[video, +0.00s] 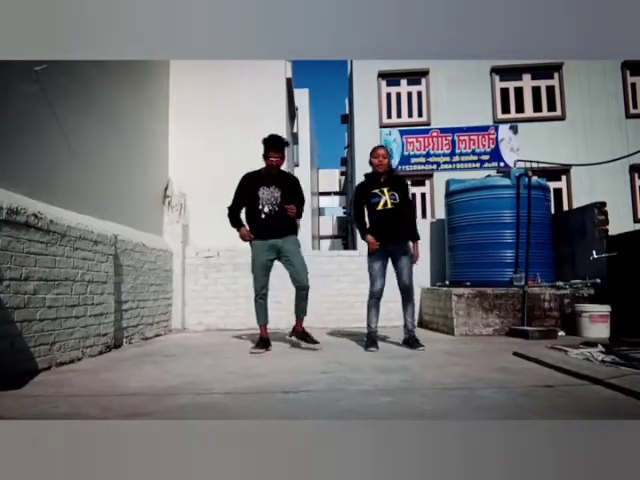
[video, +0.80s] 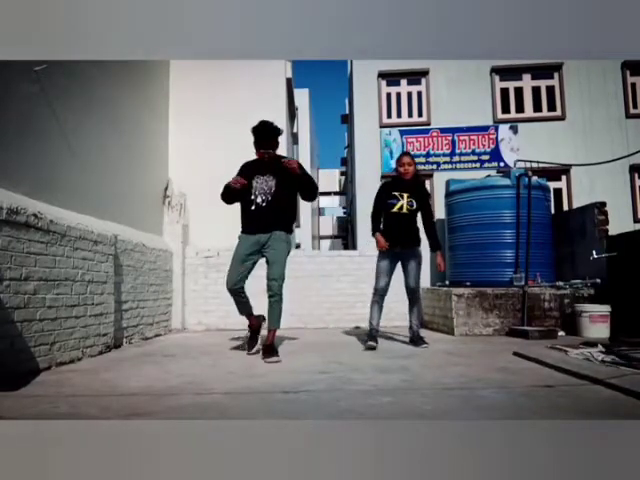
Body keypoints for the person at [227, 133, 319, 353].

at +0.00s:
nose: (275, 160)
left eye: (279, 156)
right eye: (271, 156)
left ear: (284, 157)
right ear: (265, 156)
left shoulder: (291, 180)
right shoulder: (250, 180)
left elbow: (301, 209)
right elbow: (234, 210)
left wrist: (296, 211)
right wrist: (241, 228)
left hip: (288, 240)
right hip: (261, 241)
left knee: (303, 283)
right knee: (260, 289)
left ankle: (299, 328)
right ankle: (263, 334)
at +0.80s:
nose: (265, 152)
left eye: (269, 147)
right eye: (261, 147)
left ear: (277, 144)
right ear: (255, 145)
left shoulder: (289, 167)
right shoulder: (249, 168)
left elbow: (311, 195)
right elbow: (227, 199)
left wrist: (299, 173)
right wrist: (233, 187)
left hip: (278, 235)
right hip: (250, 235)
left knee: (275, 287)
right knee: (233, 284)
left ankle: (270, 343)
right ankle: (253, 322)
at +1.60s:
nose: (268, 136)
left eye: (271, 132)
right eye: (265, 132)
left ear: (273, 130)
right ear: (254, 128)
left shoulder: (274, 152)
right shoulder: (234, 151)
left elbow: (293, 180)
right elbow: (218, 180)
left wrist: (290, 151)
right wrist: (241, 148)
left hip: (277, 229)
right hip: (251, 228)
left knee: (289, 284)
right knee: (251, 287)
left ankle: (274, 342)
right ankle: (249, 348)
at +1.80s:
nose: (273, 133)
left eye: (274, 129)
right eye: (270, 129)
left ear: (270, 128)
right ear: (258, 127)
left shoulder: (270, 150)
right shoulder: (235, 149)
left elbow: (291, 178)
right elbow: (219, 176)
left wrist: (291, 150)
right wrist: (243, 144)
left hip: (273, 227)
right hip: (250, 228)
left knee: (286, 284)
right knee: (251, 288)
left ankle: (297, 345)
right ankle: (249, 349)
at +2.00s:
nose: (269, 132)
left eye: (272, 128)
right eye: (266, 128)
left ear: (274, 127)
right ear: (254, 125)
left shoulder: (276, 150)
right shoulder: (236, 148)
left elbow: (296, 178)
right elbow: (216, 174)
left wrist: (291, 148)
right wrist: (237, 142)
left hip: (277, 225)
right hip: (249, 226)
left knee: (300, 278)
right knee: (249, 287)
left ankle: (288, 334)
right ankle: (249, 347)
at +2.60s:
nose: (280, 153)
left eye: (285, 148)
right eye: (276, 148)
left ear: (291, 147)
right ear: (269, 146)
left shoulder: (299, 171)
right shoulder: (255, 169)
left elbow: (314, 206)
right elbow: (230, 198)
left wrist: (303, 191)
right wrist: (248, 189)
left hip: (290, 238)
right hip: (261, 238)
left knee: (292, 292)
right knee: (254, 288)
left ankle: (284, 342)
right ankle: (251, 345)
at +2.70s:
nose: (285, 151)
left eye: (289, 146)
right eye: (281, 146)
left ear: (295, 146)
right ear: (273, 145)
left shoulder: (302, 174)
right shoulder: (257, 169)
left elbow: (314, 204)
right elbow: (237, 199)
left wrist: (305, 217)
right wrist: (245, 213)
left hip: (288, 239)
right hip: (259, 237)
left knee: (290, 290)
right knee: (249, 284)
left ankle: (285, 341)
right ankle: (248, 342)